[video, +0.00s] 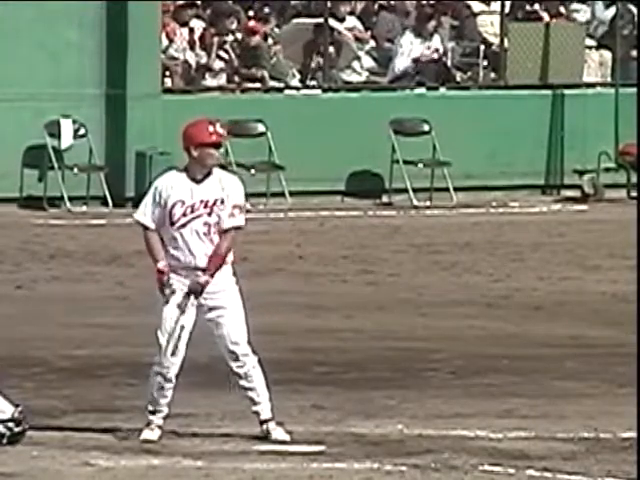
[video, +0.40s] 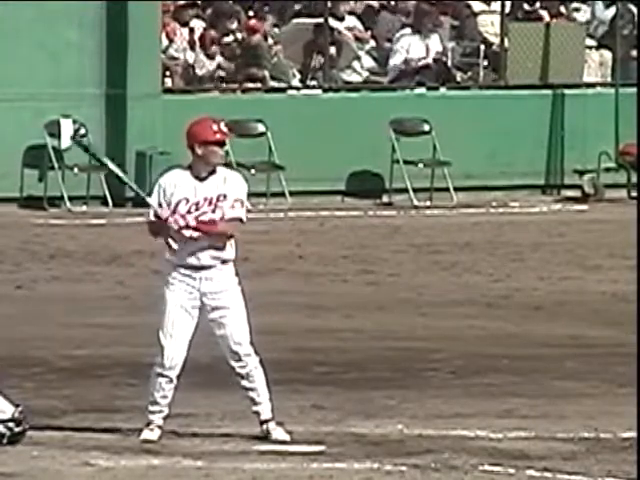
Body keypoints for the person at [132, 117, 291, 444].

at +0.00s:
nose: (217, 152)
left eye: (218, 146)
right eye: (211, 147)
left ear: (218, 149)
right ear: (193, 151)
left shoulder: (230, 184)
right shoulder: (167, 185)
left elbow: (229, 236)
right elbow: (149, 227)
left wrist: (206, 274)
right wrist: (162, 268)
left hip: (218, 276)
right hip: (180, 277)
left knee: (239, 349)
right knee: (168, 355)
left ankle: (267, 420)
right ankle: (155, 420)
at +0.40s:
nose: (222, 149)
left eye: (223, 144)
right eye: (215, 145)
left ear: (222, 147)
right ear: (197, 149)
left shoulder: (233, 182)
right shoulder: (171, 181)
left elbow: (231, 229)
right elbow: (152, 228)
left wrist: (197, 226)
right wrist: (165, 224)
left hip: (221, 275)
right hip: (182, 276)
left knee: (241, 350)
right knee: (170, 356)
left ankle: (268, 421)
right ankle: (154, 421)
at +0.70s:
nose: (228, 150)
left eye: (228, 145)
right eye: (221, 145)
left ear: (223, 148)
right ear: (203, 149)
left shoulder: (236, 179)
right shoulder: (181, 184)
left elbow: (256, 223)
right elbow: (175, 235)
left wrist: (234, 215)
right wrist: (202, 215)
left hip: (226, 276)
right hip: (189, 278)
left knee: (245, 351)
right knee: (175, 356)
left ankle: (268, 421)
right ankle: (155, 421)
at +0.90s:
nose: (235, 152)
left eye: (235, 147)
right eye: (229, 148)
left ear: (222, 151)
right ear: (211, 152)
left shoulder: (236, 177)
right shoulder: (196, 190)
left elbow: (260, 217)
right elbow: (215, 239)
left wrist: (266, 213)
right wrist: (246, 220)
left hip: (228, 277)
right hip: (194, 280)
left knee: (246, 351)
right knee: (181, 356)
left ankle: (268, 421)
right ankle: (156, 422)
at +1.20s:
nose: (243, 153)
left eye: (243, 147)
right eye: (236, 148)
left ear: (239, 150)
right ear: (217, 153)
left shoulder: (241, 179)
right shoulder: (208, 186)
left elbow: (258, 222)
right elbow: (244, 233)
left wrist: (290, 234)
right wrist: (289, 237)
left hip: (231, 279)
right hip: (199, 278)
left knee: (249, 353)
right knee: (184, 354)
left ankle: (268, 421)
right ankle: (156, 422)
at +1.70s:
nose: (233, 154)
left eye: (233, 148)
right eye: (226, 149)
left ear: (232, 151)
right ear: (208, 155)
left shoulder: (242, 179)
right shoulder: (198, 189)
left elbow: (256, 224)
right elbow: (224, 235)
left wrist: (249, 251)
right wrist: (262, 263)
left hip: (229, 276)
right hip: (192, 278)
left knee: (246, 349)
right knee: (177, 352)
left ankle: (268, 421)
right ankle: (154, 421)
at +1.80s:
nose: (226, 155)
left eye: (227, 148)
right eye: (219, 150)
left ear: (227, 151)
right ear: (201, 155)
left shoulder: (239, 180)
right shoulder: (188, 190)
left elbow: (243, 232)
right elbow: (203, 240)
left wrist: (230, 269)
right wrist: (231, 277)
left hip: (225, 278)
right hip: (187, 279)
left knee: (246, 349)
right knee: (175, 352)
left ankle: (268, 421)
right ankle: (154, 421)